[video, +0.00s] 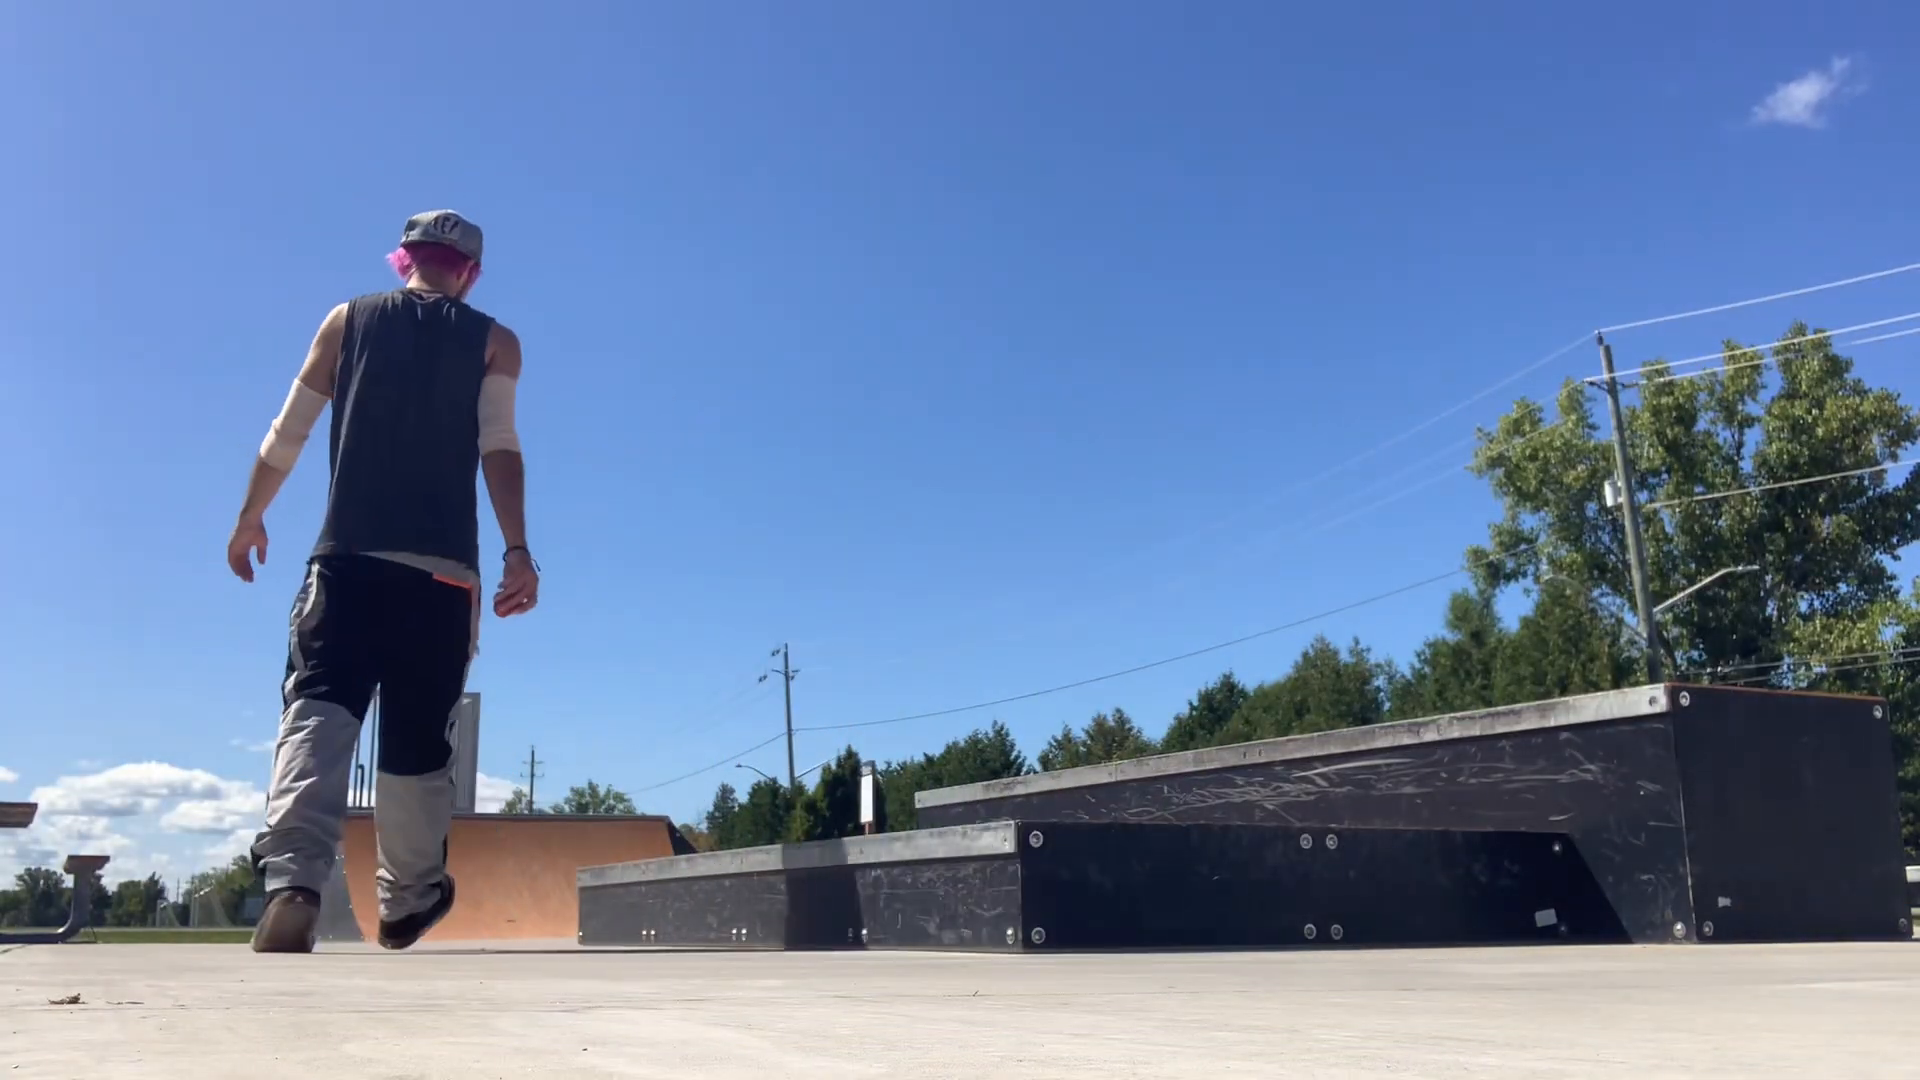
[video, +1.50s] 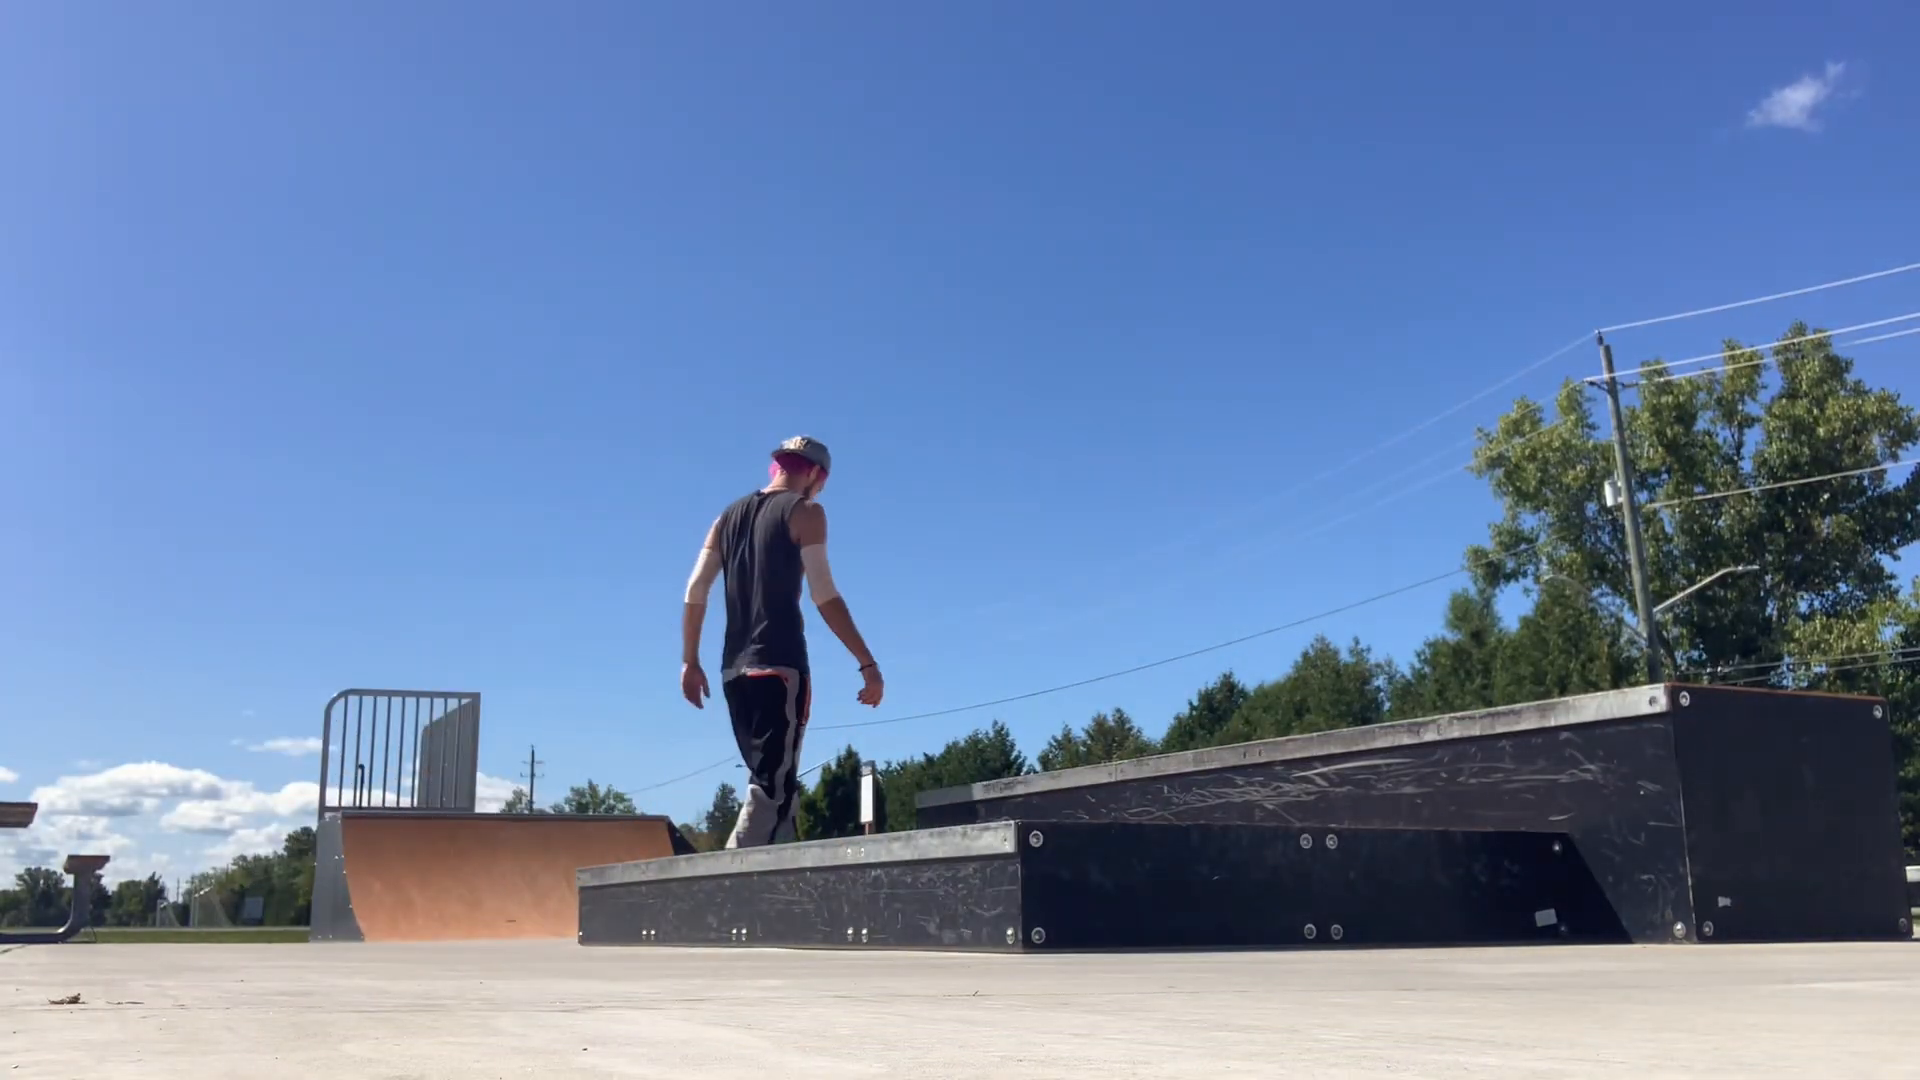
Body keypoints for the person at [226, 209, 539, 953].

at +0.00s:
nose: (423, 272)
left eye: (415, 260)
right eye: (453, 267)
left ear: (402, 263)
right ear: (471, 272)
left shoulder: (348, 320)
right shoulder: (493, 341)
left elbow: (288, 433)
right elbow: (499, 449)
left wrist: (250, 516)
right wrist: (517, 548)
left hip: (346, 565)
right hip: (439, 575)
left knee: (316, 716)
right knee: (417, 745)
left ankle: (293, 888)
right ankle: (409, 896)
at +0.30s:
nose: (524, 336)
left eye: (477, 318)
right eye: (526, 327)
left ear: (461, 317)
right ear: (522, 326)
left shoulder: (407, 374)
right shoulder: (532, 382)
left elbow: (356, 482)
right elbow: (544, 490)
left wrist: (320, 570)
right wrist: (566, 589)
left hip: (415, 590)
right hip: (492, 593)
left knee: (404, 729)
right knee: (458, 758)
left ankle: (362, 856)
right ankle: (408, 910)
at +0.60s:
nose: (590, 416)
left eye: (590, 408)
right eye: (591, 408)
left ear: (533, 395)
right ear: (580, 402)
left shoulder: (476, 449)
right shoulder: (582, 452)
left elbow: (432, 546)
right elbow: (600, 552)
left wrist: (391, 622)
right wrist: (635, 609)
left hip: (474, 633)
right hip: (533, 633)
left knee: (500, 773)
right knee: (511, 772)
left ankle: (505, 919)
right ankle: (426, 872)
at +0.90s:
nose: (678, 453)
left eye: (682, 444)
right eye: (680, 441)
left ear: (630, 420)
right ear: (664, 428)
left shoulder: (569, 463)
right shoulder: (643, 470)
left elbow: (512, 547)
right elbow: (626, 561)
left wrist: (513, 615)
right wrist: (640, 653)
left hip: (540, 651)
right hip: (600, 653)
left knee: (535, 771)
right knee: (642, 765)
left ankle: (503, 912)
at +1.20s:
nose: (765, 486)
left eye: (770, 478)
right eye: (768, 476)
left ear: (722, 456)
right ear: (752, 464)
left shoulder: (668, 497)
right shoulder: (735, 501)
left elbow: (627, 583)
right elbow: (704, 577)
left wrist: (645, 655)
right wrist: (686, 654)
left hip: (651, 672)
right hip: (706, 670)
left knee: (649, 776)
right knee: (728, 794)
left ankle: (574, 854)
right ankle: (736, 910)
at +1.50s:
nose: (819, 493)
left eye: (820, 485)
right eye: (822, 484)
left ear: (774, 470)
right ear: (815, 476)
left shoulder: (728, 517)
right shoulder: (802, 511)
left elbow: (695, 592)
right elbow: (824, 596)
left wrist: (689, 661)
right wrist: (867, 662)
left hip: (734, 669)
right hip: (779, 665)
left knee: (777, 787)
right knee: (770, 784)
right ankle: (732, 879)